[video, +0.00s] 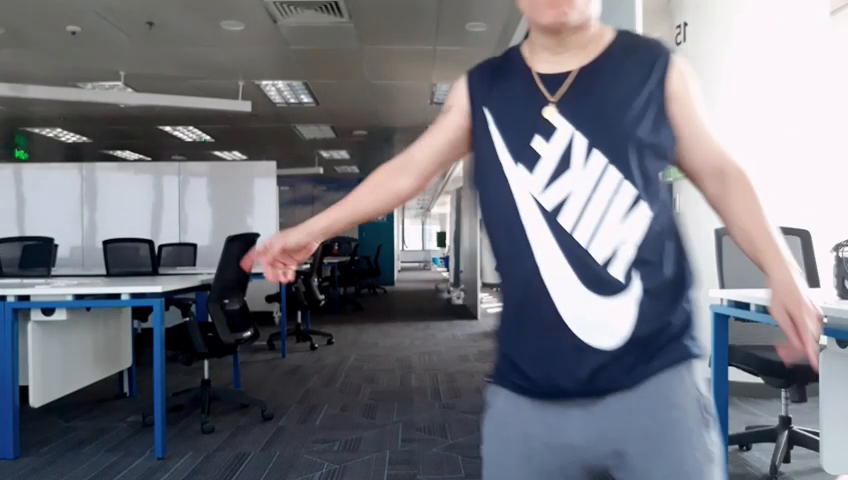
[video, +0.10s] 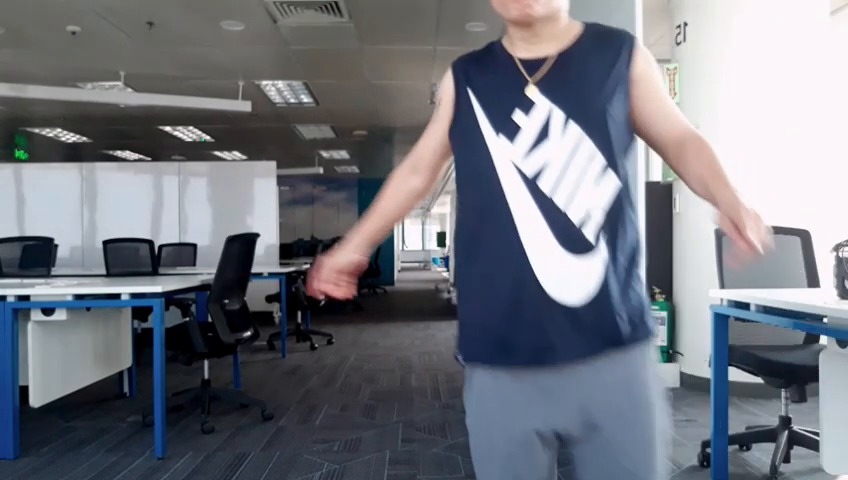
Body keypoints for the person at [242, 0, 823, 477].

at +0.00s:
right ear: (517, 1)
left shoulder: (654, 66)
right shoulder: (480, 88)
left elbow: (719, 176)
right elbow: (406, 173)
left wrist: (780, 276)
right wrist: (312, 231)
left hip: (655, 384)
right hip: (527, 391)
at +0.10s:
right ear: (490, 0)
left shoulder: (620, 55)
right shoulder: (463, 77)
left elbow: (679, 141)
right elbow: (417, 171)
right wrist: (353, 248)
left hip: (614, 353)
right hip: (500, 360)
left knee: (636, 470)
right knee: (505, 470)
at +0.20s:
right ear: (474, 2)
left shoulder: (606, 52)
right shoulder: (458, 81)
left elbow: (663, 132)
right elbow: (431, 179)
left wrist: (704, 182)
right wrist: (385, 255)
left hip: (593, 340)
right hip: (487, 344)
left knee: (607, 472)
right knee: (505, 471)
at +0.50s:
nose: (467, 25)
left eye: (482, 11)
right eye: (453, 18)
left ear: (514, 24)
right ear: (444, 39)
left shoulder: (560, 89)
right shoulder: (445, 115)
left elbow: (618, 154)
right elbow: (432, 197)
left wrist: (641, 203)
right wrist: (383, 259)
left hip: (540, 326)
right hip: (457, 327)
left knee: (532, 466)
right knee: (470, 463)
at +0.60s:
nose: (453, 34)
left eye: (466, 20)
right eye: (440, 25)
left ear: (493, 31)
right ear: (428, 44)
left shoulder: (533, 92)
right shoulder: (424, 113)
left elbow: (572, 167)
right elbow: (390, 187)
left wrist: (599, 242)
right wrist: (332, 224)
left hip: (513, 307)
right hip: (434, 304)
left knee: (515, 447)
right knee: (406, 431)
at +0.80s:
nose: (443, 55)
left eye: (455, 45)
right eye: (431, 48)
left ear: (478, 54)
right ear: (418, 63)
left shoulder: (514, 120)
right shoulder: (408, 132)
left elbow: (545, 198)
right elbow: (377, 198)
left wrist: (570, 274)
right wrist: (330, 225)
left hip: (495, 319)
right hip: (421, 317)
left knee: (503, 457)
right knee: (384, 438)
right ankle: (388, 475)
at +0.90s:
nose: (413, 87)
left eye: (425, 77)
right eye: (403, 77)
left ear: (445, 89)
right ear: (387, 91)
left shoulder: (465, 148)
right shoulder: (370, 152)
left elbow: (490, 216)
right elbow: (351, 215)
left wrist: (518, 282)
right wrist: (341, 262)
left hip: (453, 321)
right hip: (384, 322)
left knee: (473, 431)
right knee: (364, 421)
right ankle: (360, 474)